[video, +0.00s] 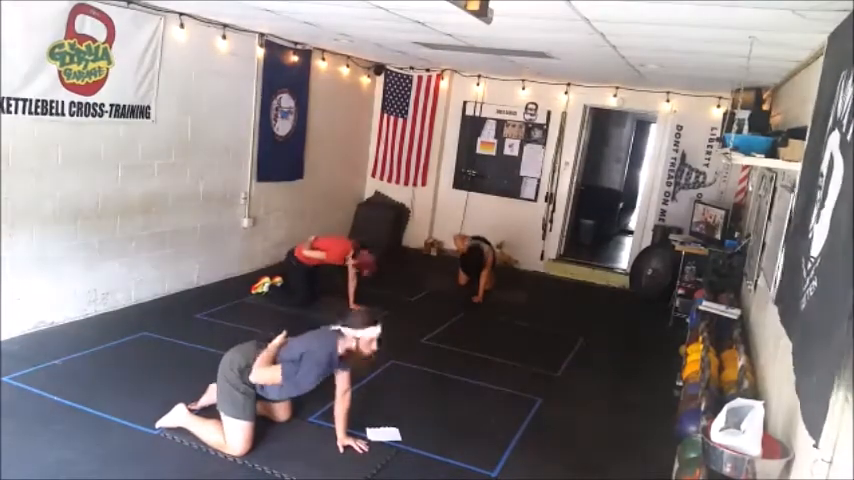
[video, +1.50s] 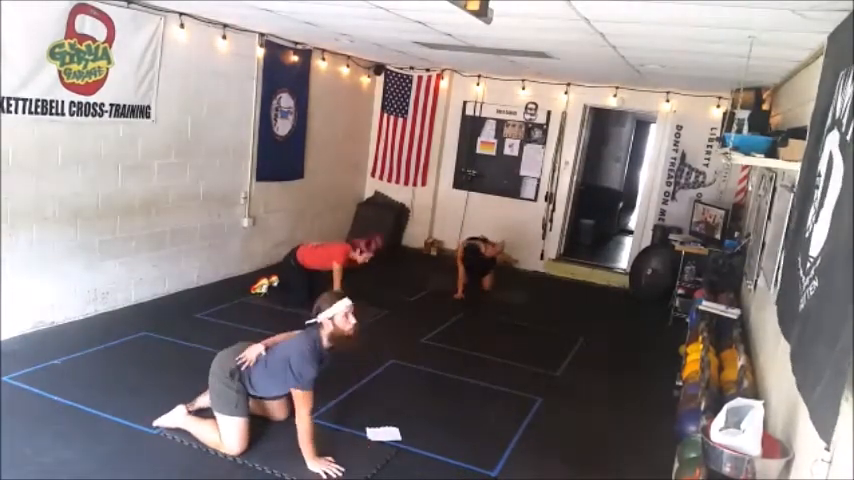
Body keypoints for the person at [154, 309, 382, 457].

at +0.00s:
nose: (375, 346)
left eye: (377, 340)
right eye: (373, 340)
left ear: (355, 333)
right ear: (355, 335)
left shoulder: (341, 343)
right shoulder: (317, 360)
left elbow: (343, 391)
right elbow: (257, 375)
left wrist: (343, 435)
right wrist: (274, 345)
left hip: (262, 355)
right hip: (238, 368)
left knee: (281, 412)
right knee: (237, 446)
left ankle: (221, 395)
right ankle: (183, 417)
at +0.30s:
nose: (350, 368)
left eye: (355, 367)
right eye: (353, 365)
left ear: (360, 351)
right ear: (355, 351)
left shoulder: (345, 341)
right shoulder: (312, 349)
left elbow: (343, 392)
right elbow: (249, 355)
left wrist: (342, 434)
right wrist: (264, 330)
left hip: (272, 365)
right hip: (241, 367)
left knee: (281, 412)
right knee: (236, 446)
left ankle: (220, 397)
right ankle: (183, 416)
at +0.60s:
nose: (373, 356)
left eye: (376, 350)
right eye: (370, 350)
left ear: (354, 336)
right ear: (354, 343)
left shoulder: (343, 338)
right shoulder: (316, 365)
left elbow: (342, 393)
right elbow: (257, 377)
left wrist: (342, 435)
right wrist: (271, 347)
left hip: (260, 356)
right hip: (235, 370)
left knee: (282, 413)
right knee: (236, 445)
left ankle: (220, 397)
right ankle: (183, 417)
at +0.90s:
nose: (362, 355)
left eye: (367, 350)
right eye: (359, 349)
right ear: (343, 339)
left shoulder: (330, 333)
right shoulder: (309, 356)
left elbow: (316, 361)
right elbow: (306, 413)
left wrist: (320, 387)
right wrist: (311, 458)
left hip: (260, 357)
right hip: (237, 370)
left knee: (281, 411)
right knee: (236, 445)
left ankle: (221, 395)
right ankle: (182, 417)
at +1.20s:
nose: (339, 372)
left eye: (343, 374)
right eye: (344, 372)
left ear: (353, 346)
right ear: (347, 361)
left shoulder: (335, 328)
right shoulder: (315, 363)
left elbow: (298, 323)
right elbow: (310, 414)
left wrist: (269, 329)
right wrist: (311, 458)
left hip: (262, 357)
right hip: (235, 367)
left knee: (280, 410)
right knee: (234, 445)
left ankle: (219, 398)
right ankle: (182, 418)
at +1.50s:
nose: (353, 318)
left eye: (351, 312)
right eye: (346, 315)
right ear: (326, 320)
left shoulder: (322, 335)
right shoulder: (305, 358)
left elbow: (294, 335)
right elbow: (303, 413)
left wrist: (262, 345)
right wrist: (311, 459)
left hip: (253, 356)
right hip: (229, 370)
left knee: (279, 410)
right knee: (233, 445)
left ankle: (217, 401)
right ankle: (182, 418)